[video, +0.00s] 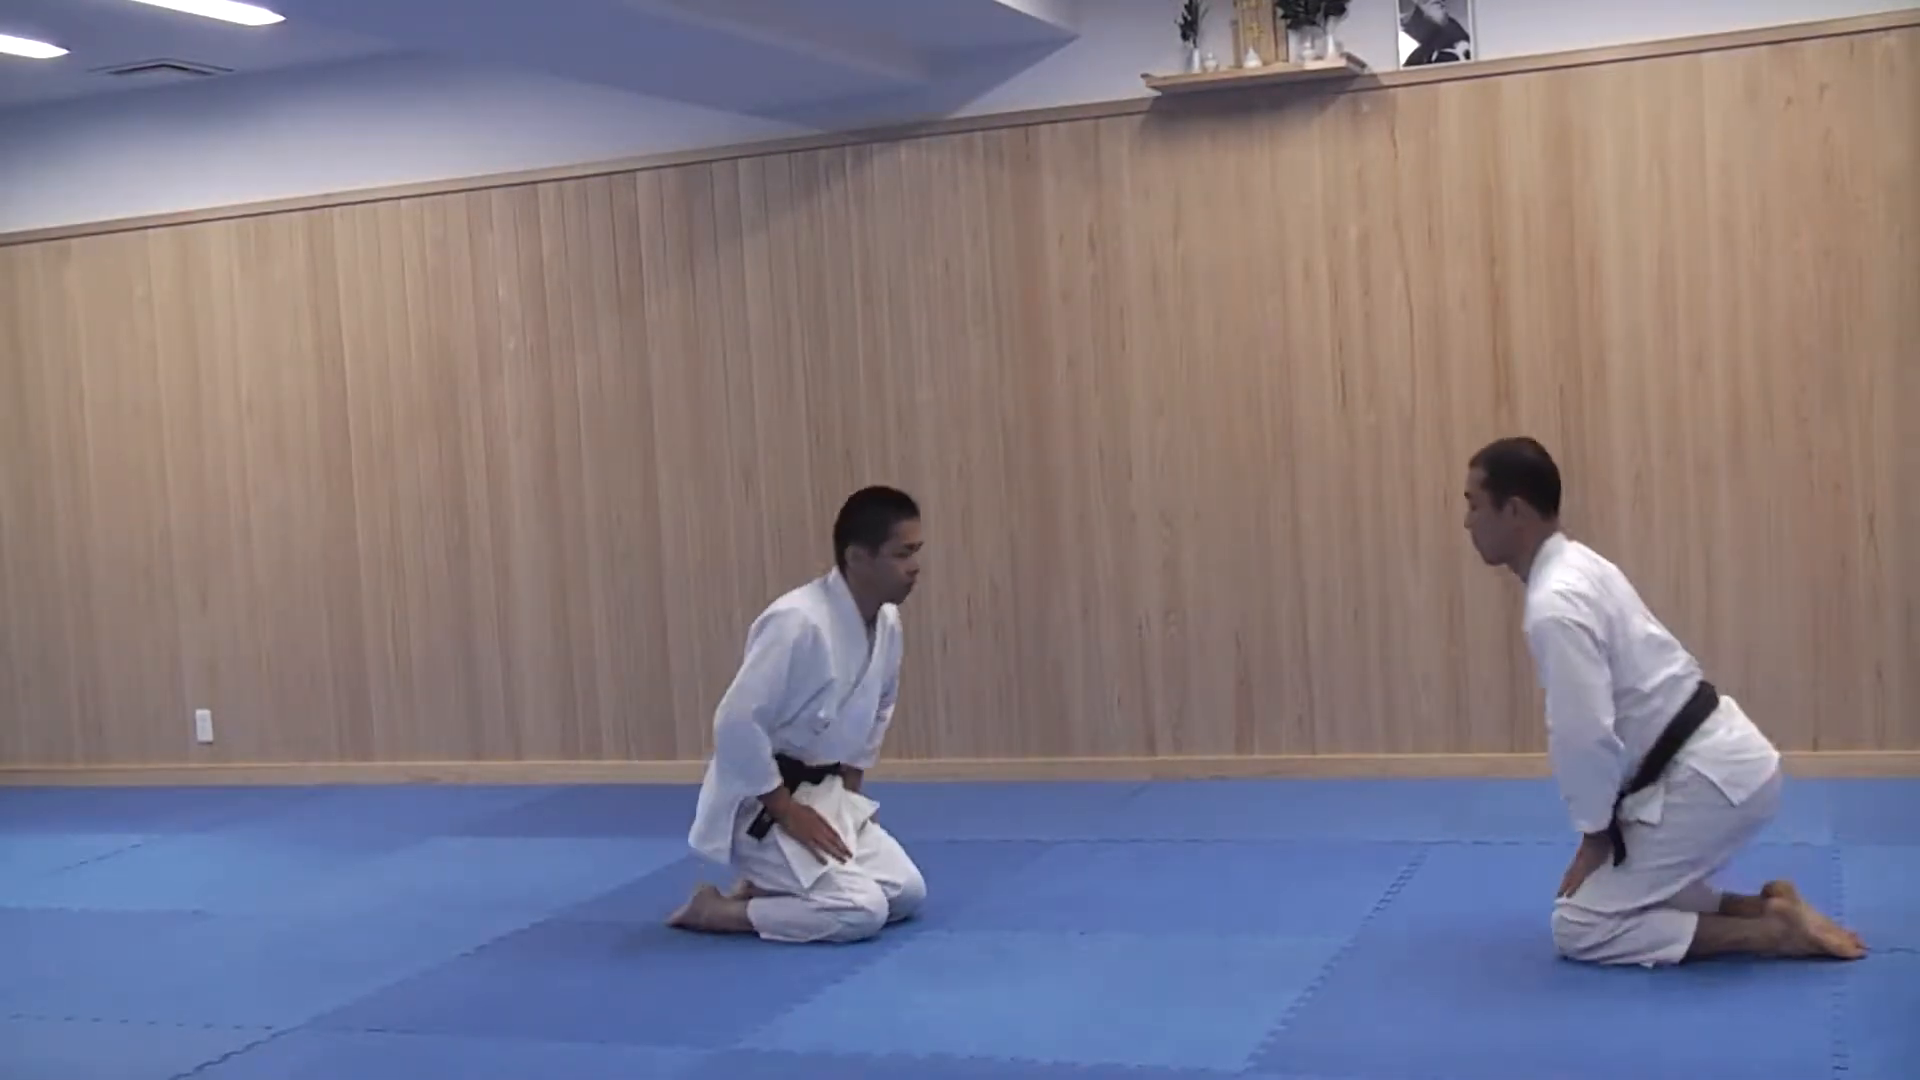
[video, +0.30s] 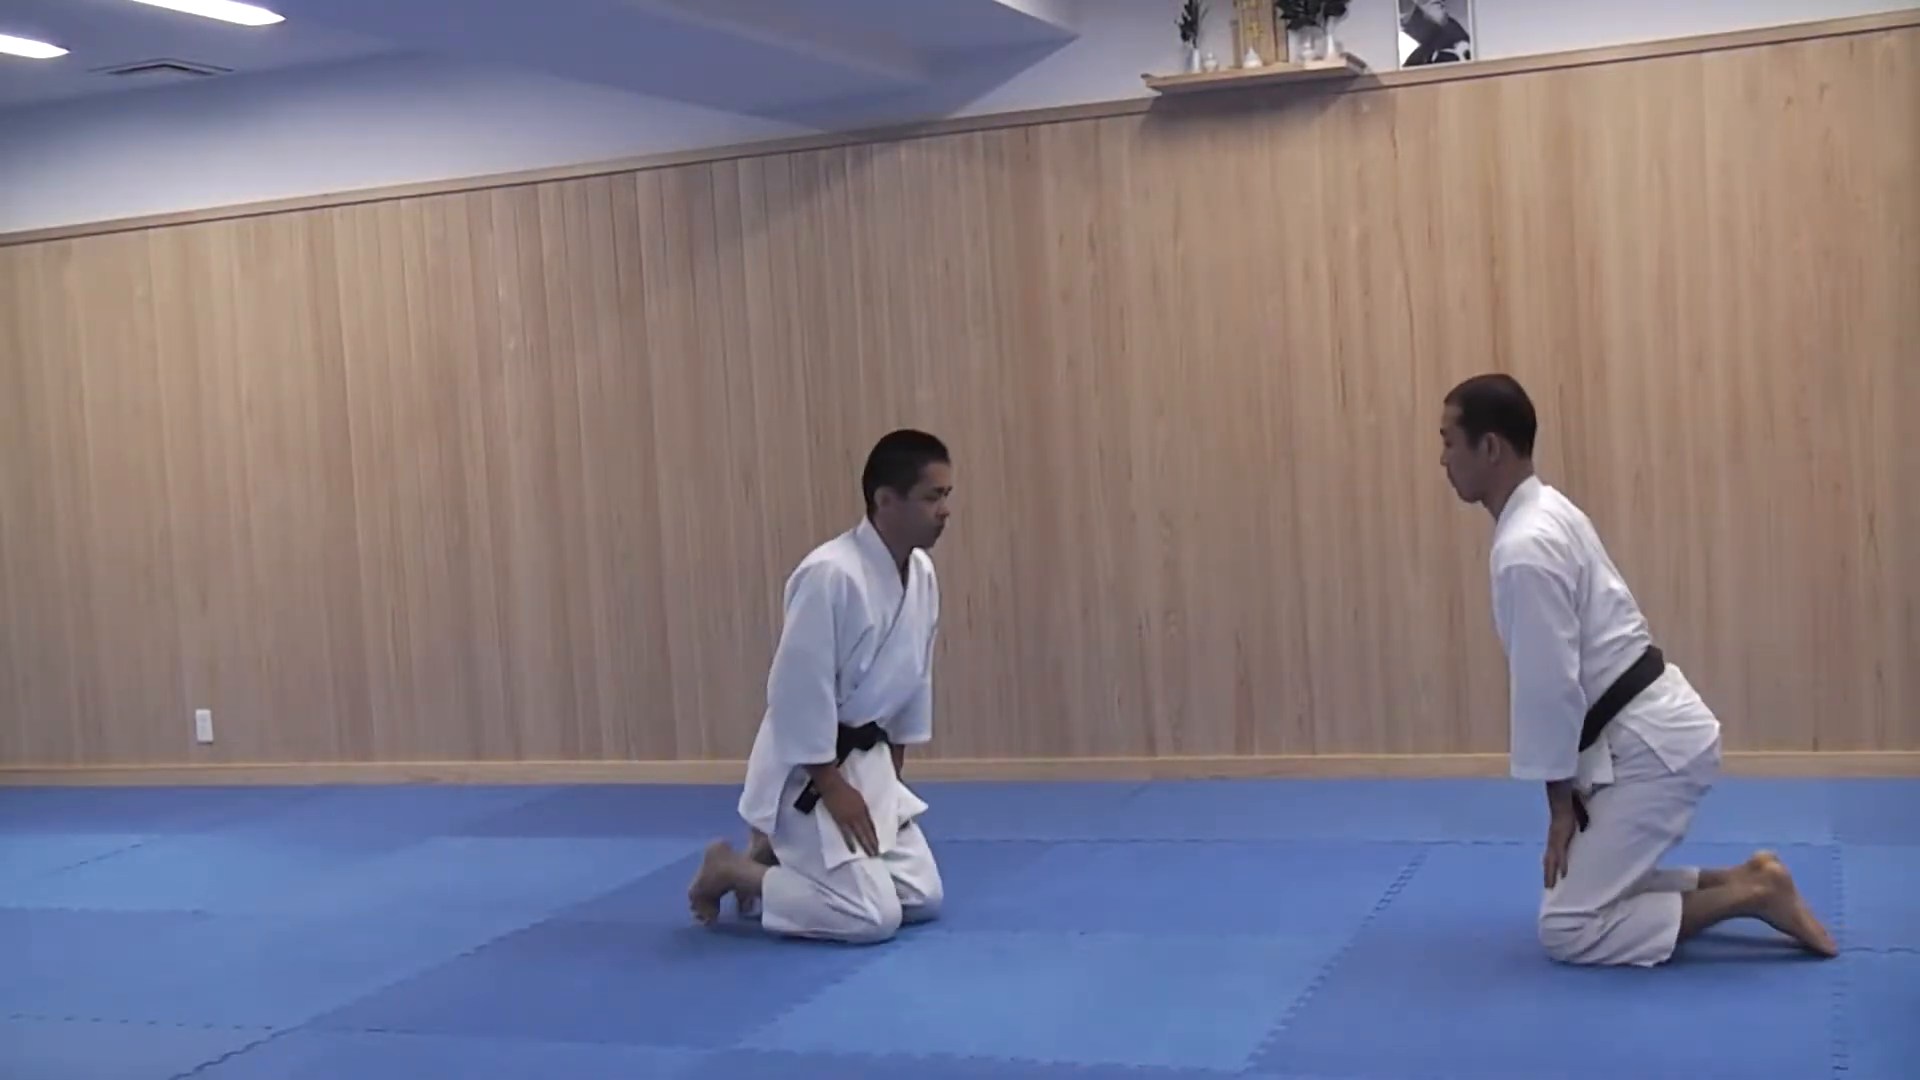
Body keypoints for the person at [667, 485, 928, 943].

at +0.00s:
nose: (917, 566)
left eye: (918, 552)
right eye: (904, 555)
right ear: (857, 557)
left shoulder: (886, 620)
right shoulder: (798, 620)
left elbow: (878, 713)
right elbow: (735, 722)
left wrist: (847, 796)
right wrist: (786, 809)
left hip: (824, 796)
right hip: (760, 805)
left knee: (904, 890)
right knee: (860, 912)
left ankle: (761, 891)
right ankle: (719, 914)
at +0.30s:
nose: (947, 510)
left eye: (948, 496)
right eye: (934, 497)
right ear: (885, 501)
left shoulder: (921, 573)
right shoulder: (830, 573)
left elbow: (909, 688)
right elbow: (798, 693)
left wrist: (889, 782)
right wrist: (832, 784)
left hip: (869, 766)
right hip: (801, 774)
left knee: (920, 895)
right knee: (872, 917)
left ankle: (776, 863)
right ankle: (731, 872)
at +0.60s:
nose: (943, 522)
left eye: (944, 508)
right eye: (930, 508)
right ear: (883, 512)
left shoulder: (914, 582)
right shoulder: (829, 581)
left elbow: (902, 689)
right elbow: (794, 698)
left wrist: (880, 779)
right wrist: (828, 790)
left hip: (859, 771)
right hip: (792, 781)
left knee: (918, 896)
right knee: (874, 916)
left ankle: (769, 870)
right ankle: (738, 869)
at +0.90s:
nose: (893, 552)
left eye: (896, 538)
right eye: (880, 539)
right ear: (832, 539)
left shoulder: (875, 613)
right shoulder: (775, 606)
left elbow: (876, 721)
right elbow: (730, 720)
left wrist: (854, 807)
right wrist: (782, 801)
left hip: (833, 797)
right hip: (759, 801)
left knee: (915, 894)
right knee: (850, 916)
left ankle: (763, 885)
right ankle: (725, 873)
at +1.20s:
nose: (816, 549)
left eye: (818, 535)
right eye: (802, 537)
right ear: (754, 538)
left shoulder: (815, 613)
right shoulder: (697, 617)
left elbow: (839, 705)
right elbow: (657, 731)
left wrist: (834, 783)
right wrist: (712, 806)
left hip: (794, 795)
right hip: (717, 799)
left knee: (902, 894)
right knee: (763, 928)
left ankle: (766, 889)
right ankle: (701, 878)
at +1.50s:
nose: (772, 536)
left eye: (774, 521)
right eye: (758, 524)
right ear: (711, 529)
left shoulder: (775, 597)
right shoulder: (656, 613)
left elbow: (805, 680)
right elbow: (638, 733)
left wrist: (813, 751)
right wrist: (695, 804)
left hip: (777, 777)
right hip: (705, 793)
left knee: (884, 859)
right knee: (762, 929)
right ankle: (698, 887)